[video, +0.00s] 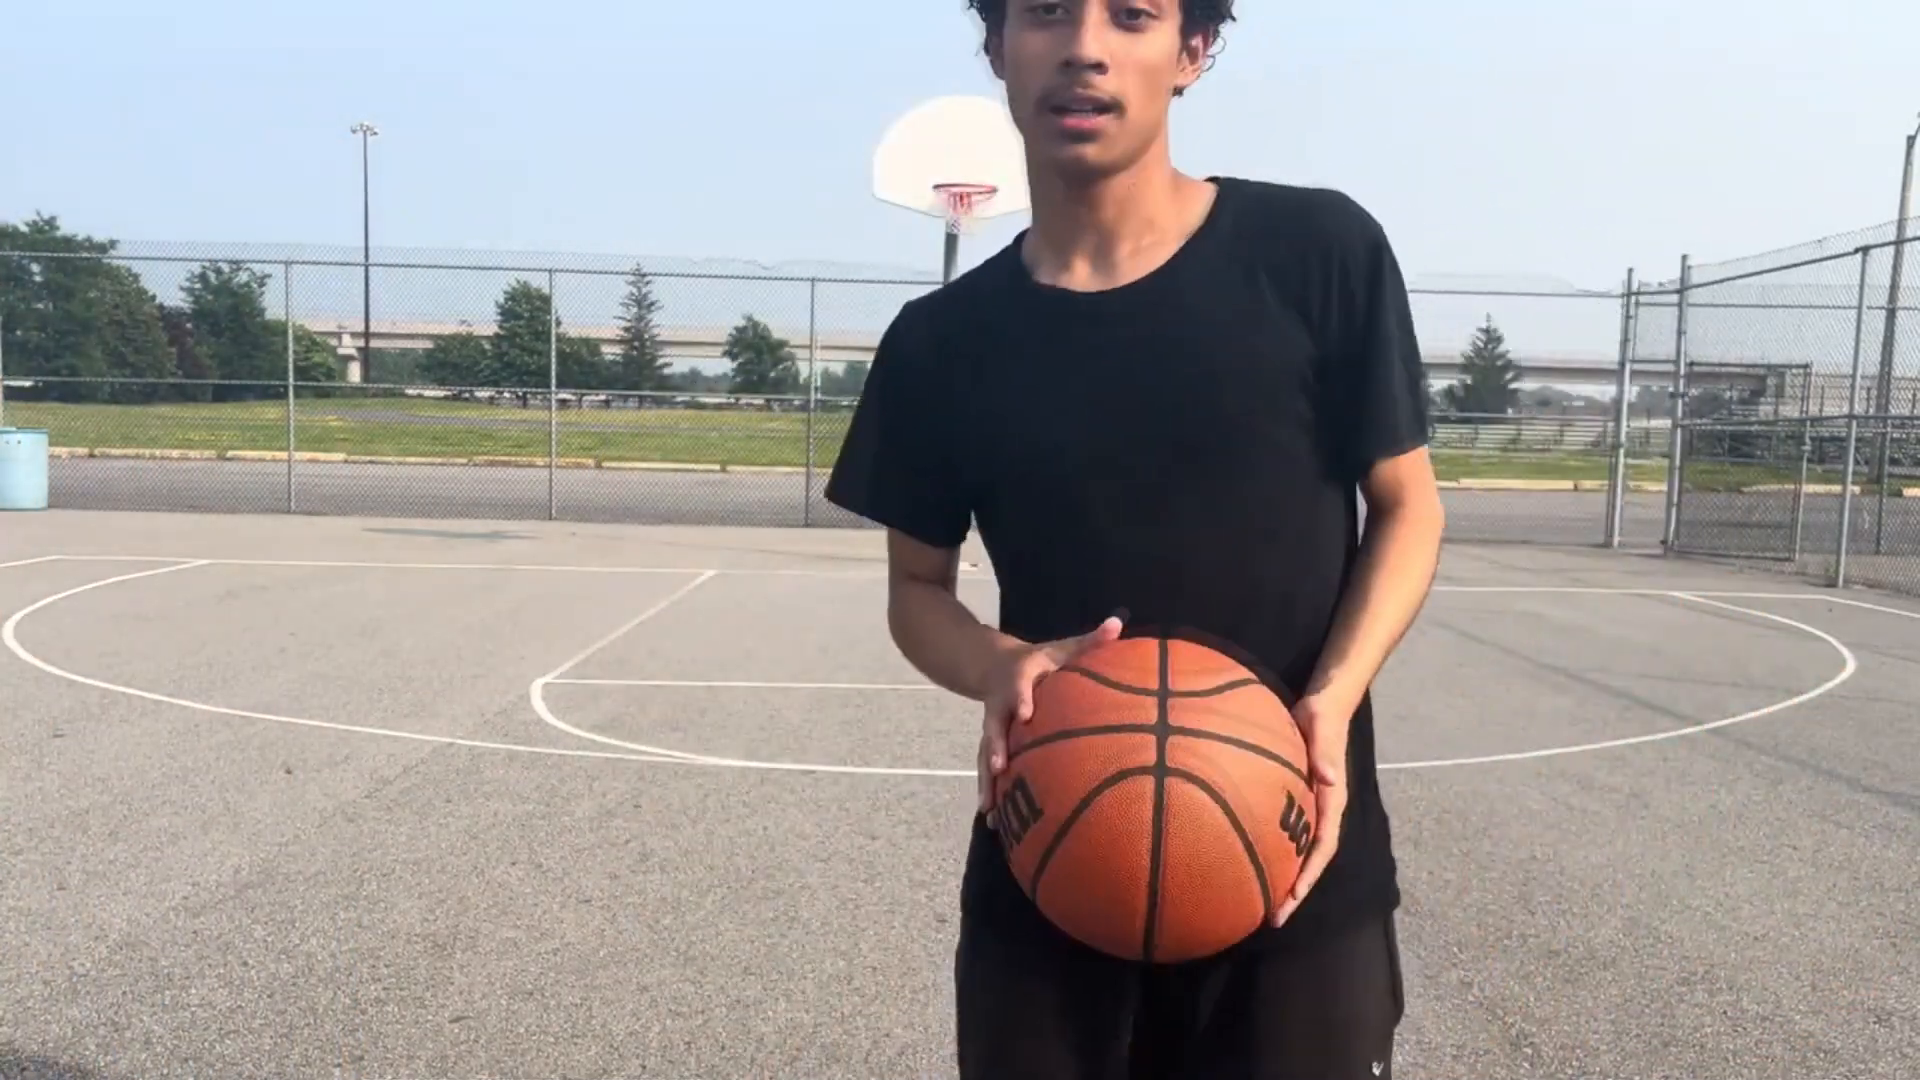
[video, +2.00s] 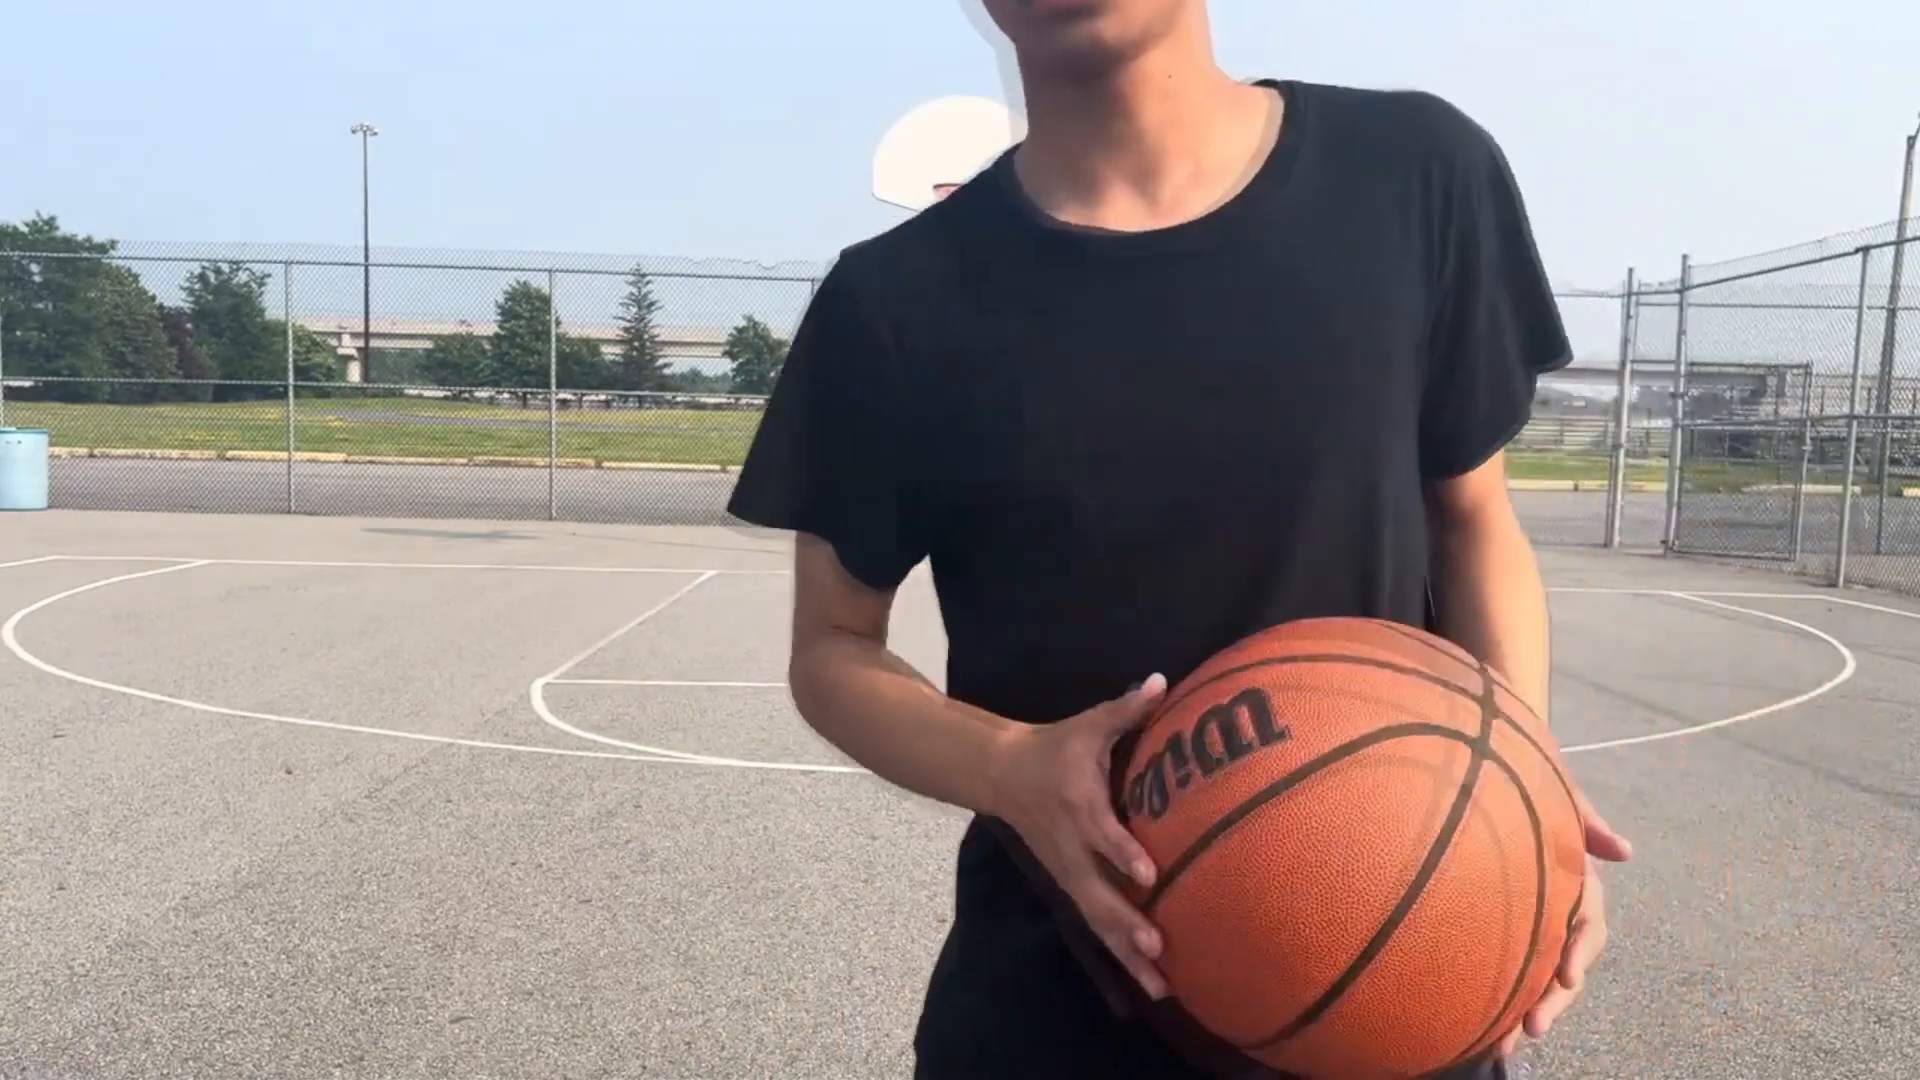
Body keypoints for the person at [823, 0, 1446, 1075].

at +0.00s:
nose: (1085, 47)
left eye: (1130, 13)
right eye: (1047, 11)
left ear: (1190, 53)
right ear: (997, 49)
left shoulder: (1323, 252)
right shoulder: (941, 339)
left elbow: (1407, 510)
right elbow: (916, 593)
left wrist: (1332, 696)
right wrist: (1001, 666)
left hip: (1299, 849)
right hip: (1050, 852)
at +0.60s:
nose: (1200, 41)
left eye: (1240, 2)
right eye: (1155, 10)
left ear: (1314, 22)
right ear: (1114, 45)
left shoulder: (1450, 272)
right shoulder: (1040, 313)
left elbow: (1496, 565)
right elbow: (1013, 589)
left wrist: (1510, 735)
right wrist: (1044, 646)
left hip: (1373, 914)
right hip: (1103, 922)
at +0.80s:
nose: (1342, 25)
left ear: (1470, 11)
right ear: (1260, 22)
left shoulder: (1581, 301)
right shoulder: (1134, 282)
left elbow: (1616, 613)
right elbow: (1035, 565)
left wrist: (1612, 776)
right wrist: (1107, 685)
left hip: (1453, 970)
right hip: (1157, 961)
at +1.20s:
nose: (1500, 5)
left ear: (1626, 12)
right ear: (1405, 15)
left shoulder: (1735, 309)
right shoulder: (1247, 245)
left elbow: (1714, 639)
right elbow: (1094, 547)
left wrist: (1764, 846)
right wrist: (1276, 703)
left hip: (1494, 1008)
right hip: (1185, 969)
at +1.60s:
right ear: (1255, 5)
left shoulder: (1613, 257)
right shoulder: (1117, 265)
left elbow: (1567, 625)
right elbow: (990, 622)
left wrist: (1670, 896)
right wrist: (1259, 756)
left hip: (1470, 1025)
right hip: (1152, 1014)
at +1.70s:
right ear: (1180, 0)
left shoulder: (1556, 240)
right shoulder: (1054, 265)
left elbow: (1522, 611)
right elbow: (943, 636)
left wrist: (1627, 889)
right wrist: (1212, 763)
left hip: (1442, 1020)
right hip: (1124, 1017)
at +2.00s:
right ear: (983, 0)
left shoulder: (1420, 173)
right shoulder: (893, 297)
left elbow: (1472, 516)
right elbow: (831, 653)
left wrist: (1516, 771)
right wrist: (1005, 768)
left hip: (1391, 972)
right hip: (1046, 999)